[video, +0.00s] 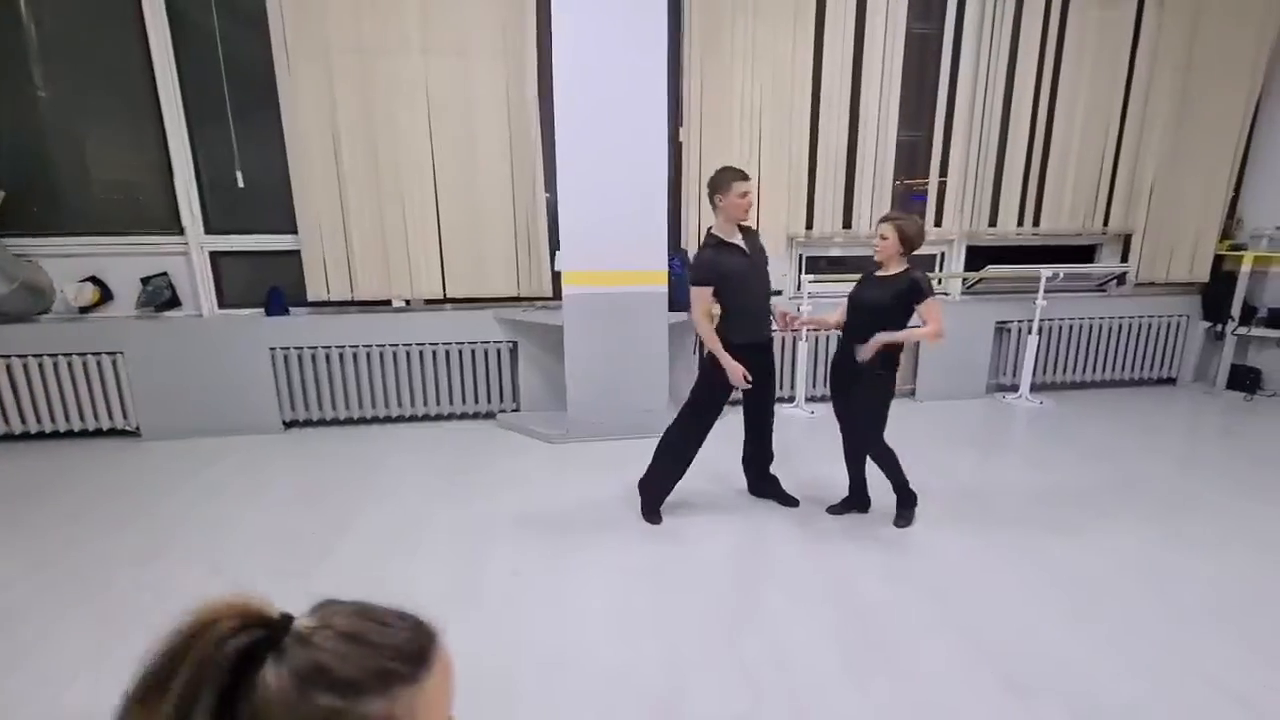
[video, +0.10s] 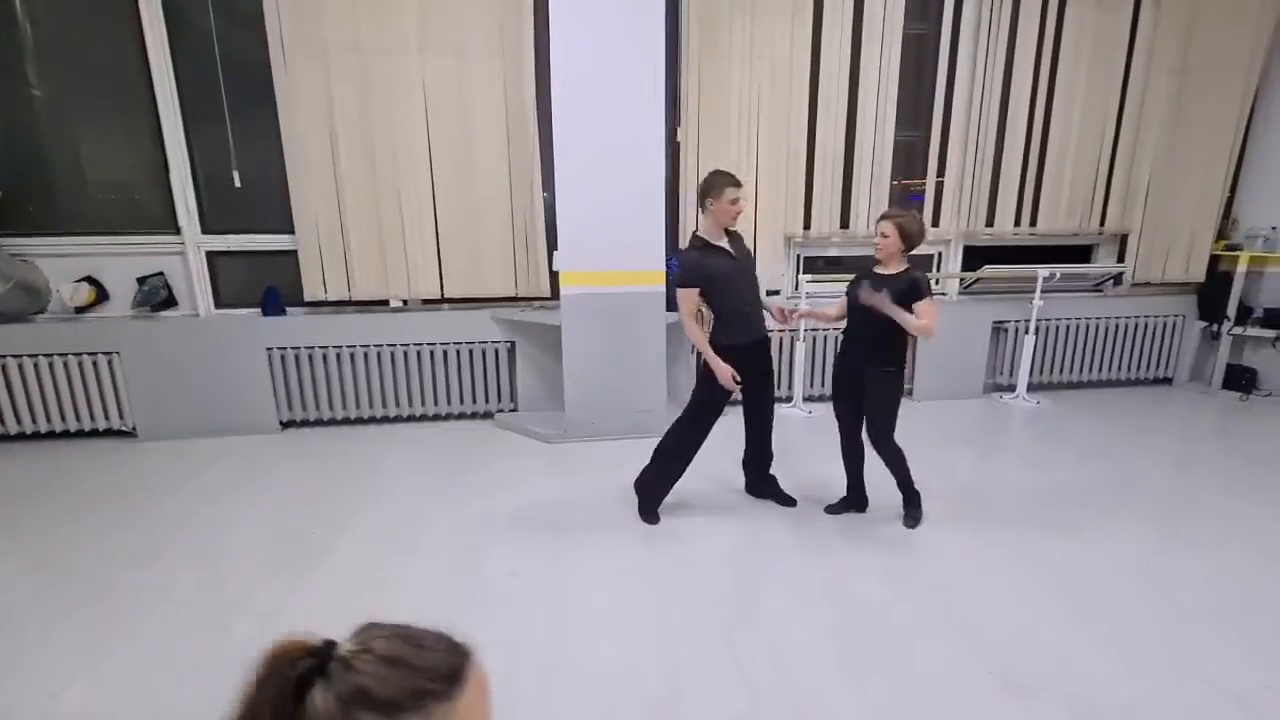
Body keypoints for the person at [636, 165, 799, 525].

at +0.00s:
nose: (750, 202)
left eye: (751, 196)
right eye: (742, 196)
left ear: (748, 199)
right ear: (719, 200)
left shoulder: (752, 241)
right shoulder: (708, 256)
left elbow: (753, 295)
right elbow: (700, 317)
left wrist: (777, 311)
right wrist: (724, 360)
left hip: (759, 347)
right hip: (725, 351)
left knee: (760, 419)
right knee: (694, 423)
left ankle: (760, 480)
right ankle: (652, 489)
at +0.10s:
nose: (740, 208)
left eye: (741, 201)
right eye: (733, 202)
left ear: (723, 204)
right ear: (709, 203)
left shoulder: (737, 243)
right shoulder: (693, 257)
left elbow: (745, 293)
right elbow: (688, 320)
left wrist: (770, 308)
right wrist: (715, 362)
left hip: (756, 347)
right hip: (723, 352)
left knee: (760, 417)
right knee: (696, 423)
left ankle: (759, 479)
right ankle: (649, 487)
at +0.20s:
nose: (731, 214)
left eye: (732, 208)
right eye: (725, 208)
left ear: (713, 209)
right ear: (702, 208)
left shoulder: (724, 245)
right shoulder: (680, 260)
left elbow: (737, 290)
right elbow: (673, 320)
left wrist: (771, 301)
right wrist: (700, 364)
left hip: (752, 348)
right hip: (720, 354)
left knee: (761, 418)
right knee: (698, 427)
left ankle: (762, 481)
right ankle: (648, 488)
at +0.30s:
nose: (720, 219)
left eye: (721, 212)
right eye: (715, 212)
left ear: (702, 214)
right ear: (693, 212)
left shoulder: (712, 251)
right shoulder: (665, 264)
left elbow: (733, 293)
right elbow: (657, 324)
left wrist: (771, 299)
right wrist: (684, 369)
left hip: (739, 349)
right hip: (708, 358)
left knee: (756, 415)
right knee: (692, 431)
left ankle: (762, 481)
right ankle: (644, 491)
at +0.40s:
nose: (710, 221)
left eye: (710, 214)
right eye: (704, 214)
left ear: (686, 216)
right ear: (680, 215)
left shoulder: (700, 259)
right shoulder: (649, 263)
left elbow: (733, 294)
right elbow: (636, 320)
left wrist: (777, 300)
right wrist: (661, 370)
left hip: (715, 354)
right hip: (682, 362)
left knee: (744, 421)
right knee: (678, 440)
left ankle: (760, 482)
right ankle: (642, 493)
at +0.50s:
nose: (698, 222)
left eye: (699, 216)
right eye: (692, 215)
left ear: (675, 217)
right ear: (669, 215)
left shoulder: (686, 260)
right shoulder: (636, 260)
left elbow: (727, 293)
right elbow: (614, 316)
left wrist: (775, 300)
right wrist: (635, 366)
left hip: (688, 356)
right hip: (657, 362)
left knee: (722, 417)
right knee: (664, 437)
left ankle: (755, 481)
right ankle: (637, 497)